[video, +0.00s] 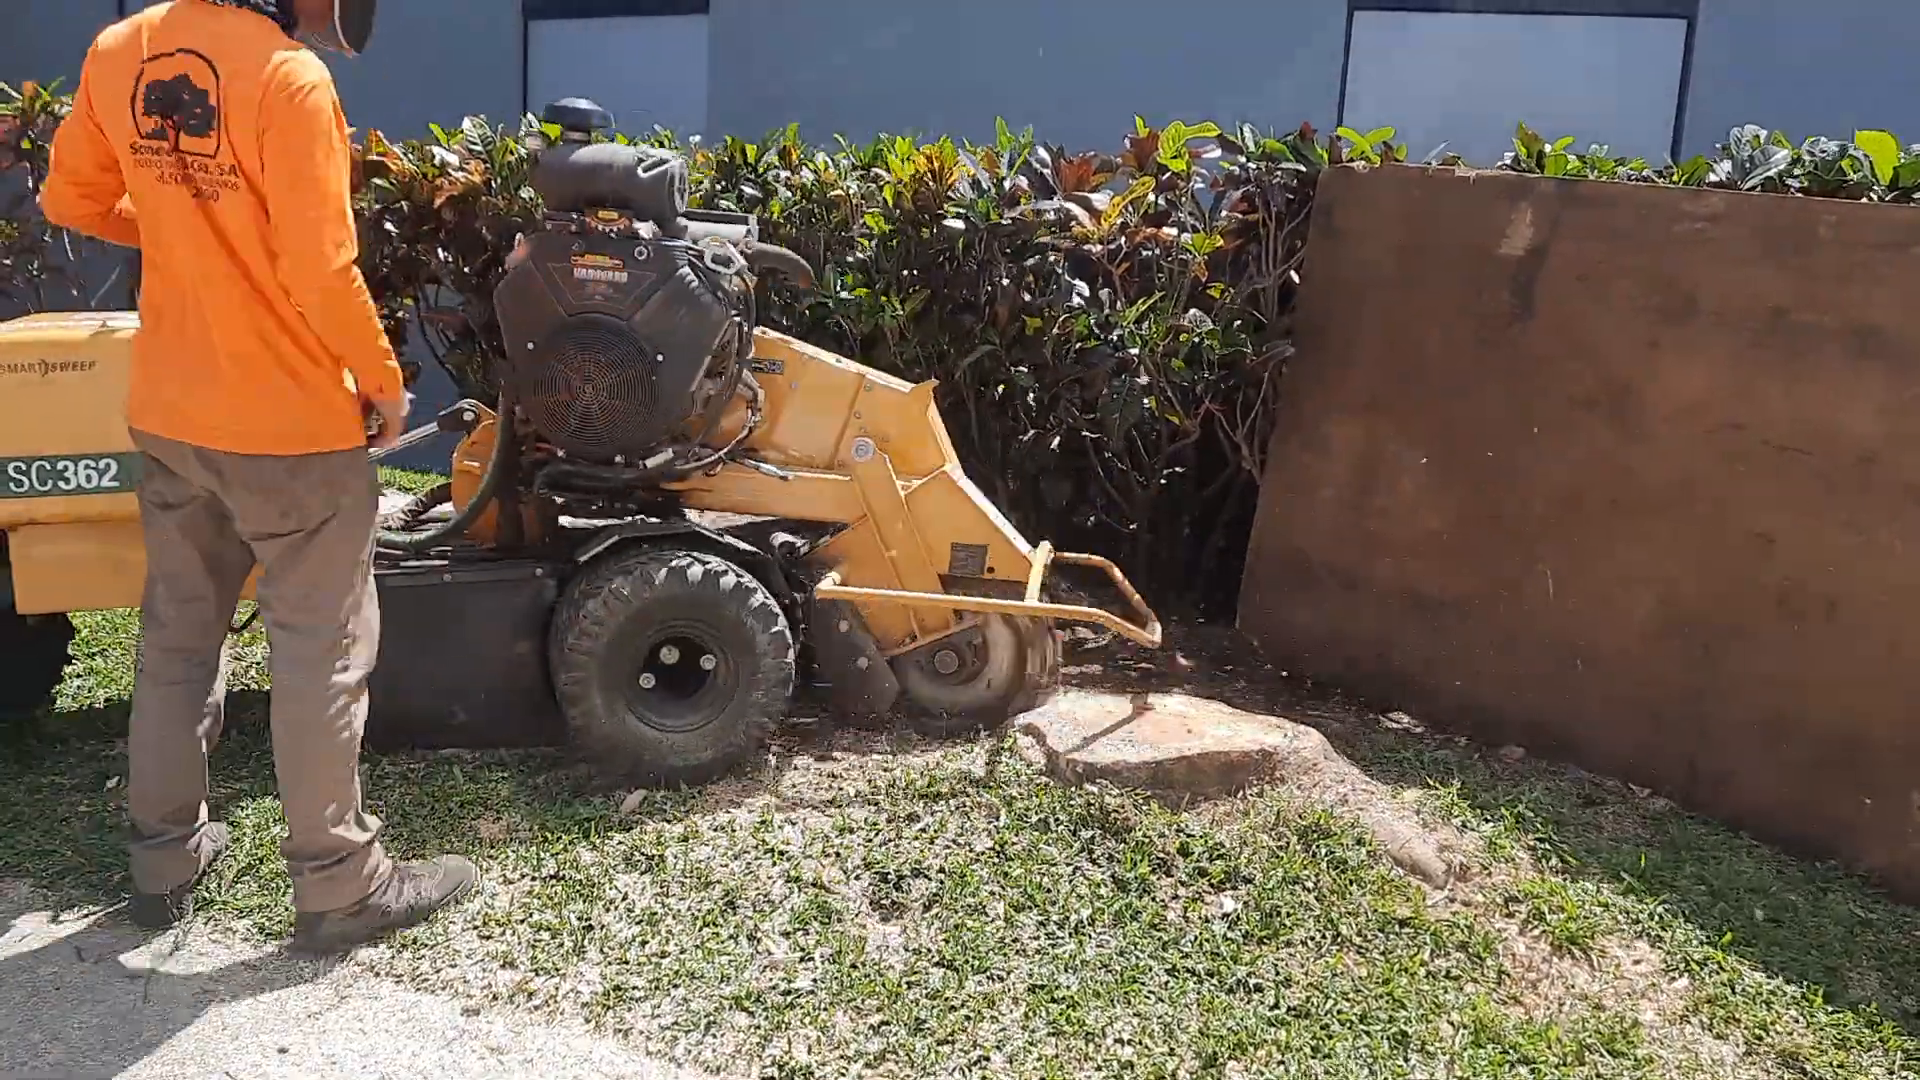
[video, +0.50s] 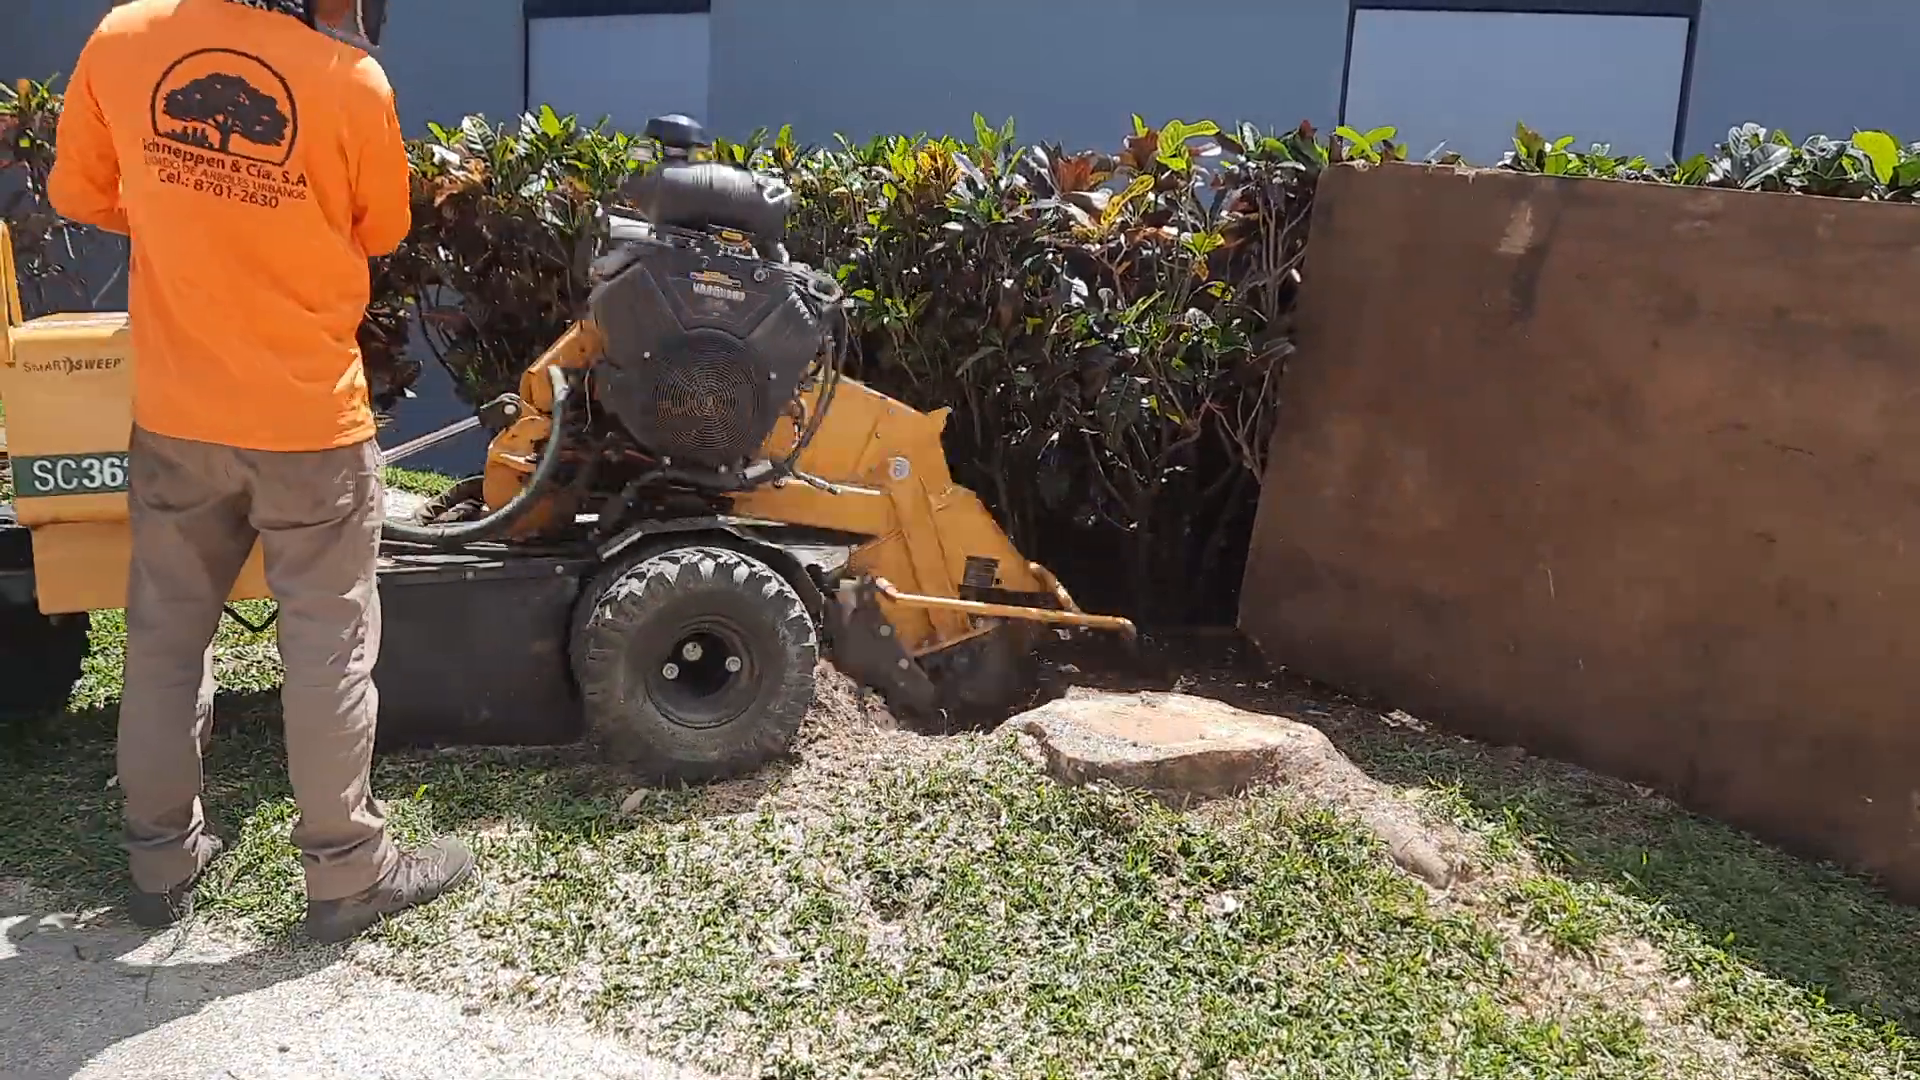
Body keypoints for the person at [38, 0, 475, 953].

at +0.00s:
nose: (338, 29)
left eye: (342, 19)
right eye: (338, 16)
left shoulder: (121, 46)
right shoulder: (290, 77)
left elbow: (70, 195)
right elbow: (318, 263)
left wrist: (178, 229)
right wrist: (382, 376)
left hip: (168, 402)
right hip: (290, 414)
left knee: (177, 635)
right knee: (320, 643)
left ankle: (164, 859)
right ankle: (338, 885)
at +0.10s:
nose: (320, 11)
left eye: (322, 3)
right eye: (316, 1)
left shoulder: (95, 46)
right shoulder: (313, 68)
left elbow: (47, 207)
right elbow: (348, 209)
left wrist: (153, 226)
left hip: (161, 399)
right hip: (291, 407)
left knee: (159, 627)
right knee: (320, 631)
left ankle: (160, 854)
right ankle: (346, 868)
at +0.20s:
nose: (341, 12)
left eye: (340, 5)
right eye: (339, 2)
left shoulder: (111, 43)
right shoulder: (339, 72)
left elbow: (45, 195)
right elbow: (369, 219)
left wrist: (153, 241)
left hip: (175, 402)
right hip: (306, 410)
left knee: (162, 630)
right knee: (327, 633)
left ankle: (160, 853)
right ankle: (346, 869)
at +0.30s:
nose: (358, 19)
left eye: (361, 11)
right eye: (358, 9)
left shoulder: (124, 46)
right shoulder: (354, 78)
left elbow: (74, 205)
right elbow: (367, 214)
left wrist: (178, 239)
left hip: (184, 403)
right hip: (315, 412)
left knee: (168, 629)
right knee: (332, 635)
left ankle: (159, 855)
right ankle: (347, 871)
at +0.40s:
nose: (392, 17)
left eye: (392, 6)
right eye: (388, 6)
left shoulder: (152, 32)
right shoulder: (379, 92)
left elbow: (90, 184)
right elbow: (396, 227)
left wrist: (191, 215)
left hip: (189, 405)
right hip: (322, 418)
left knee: (170, 630)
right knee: (334, 642)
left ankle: (161, 856)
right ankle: (346, 873)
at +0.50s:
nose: (361, 19)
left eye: (363, 11)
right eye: (360, 8)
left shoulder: (123, 34)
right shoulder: (347, 78)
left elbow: (78, 192)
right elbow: (382, 228)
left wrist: (186, 202)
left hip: (174, 405)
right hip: (309, 413)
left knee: (165, 632)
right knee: (329, 638)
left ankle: (162, 855)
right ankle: (347, 871)